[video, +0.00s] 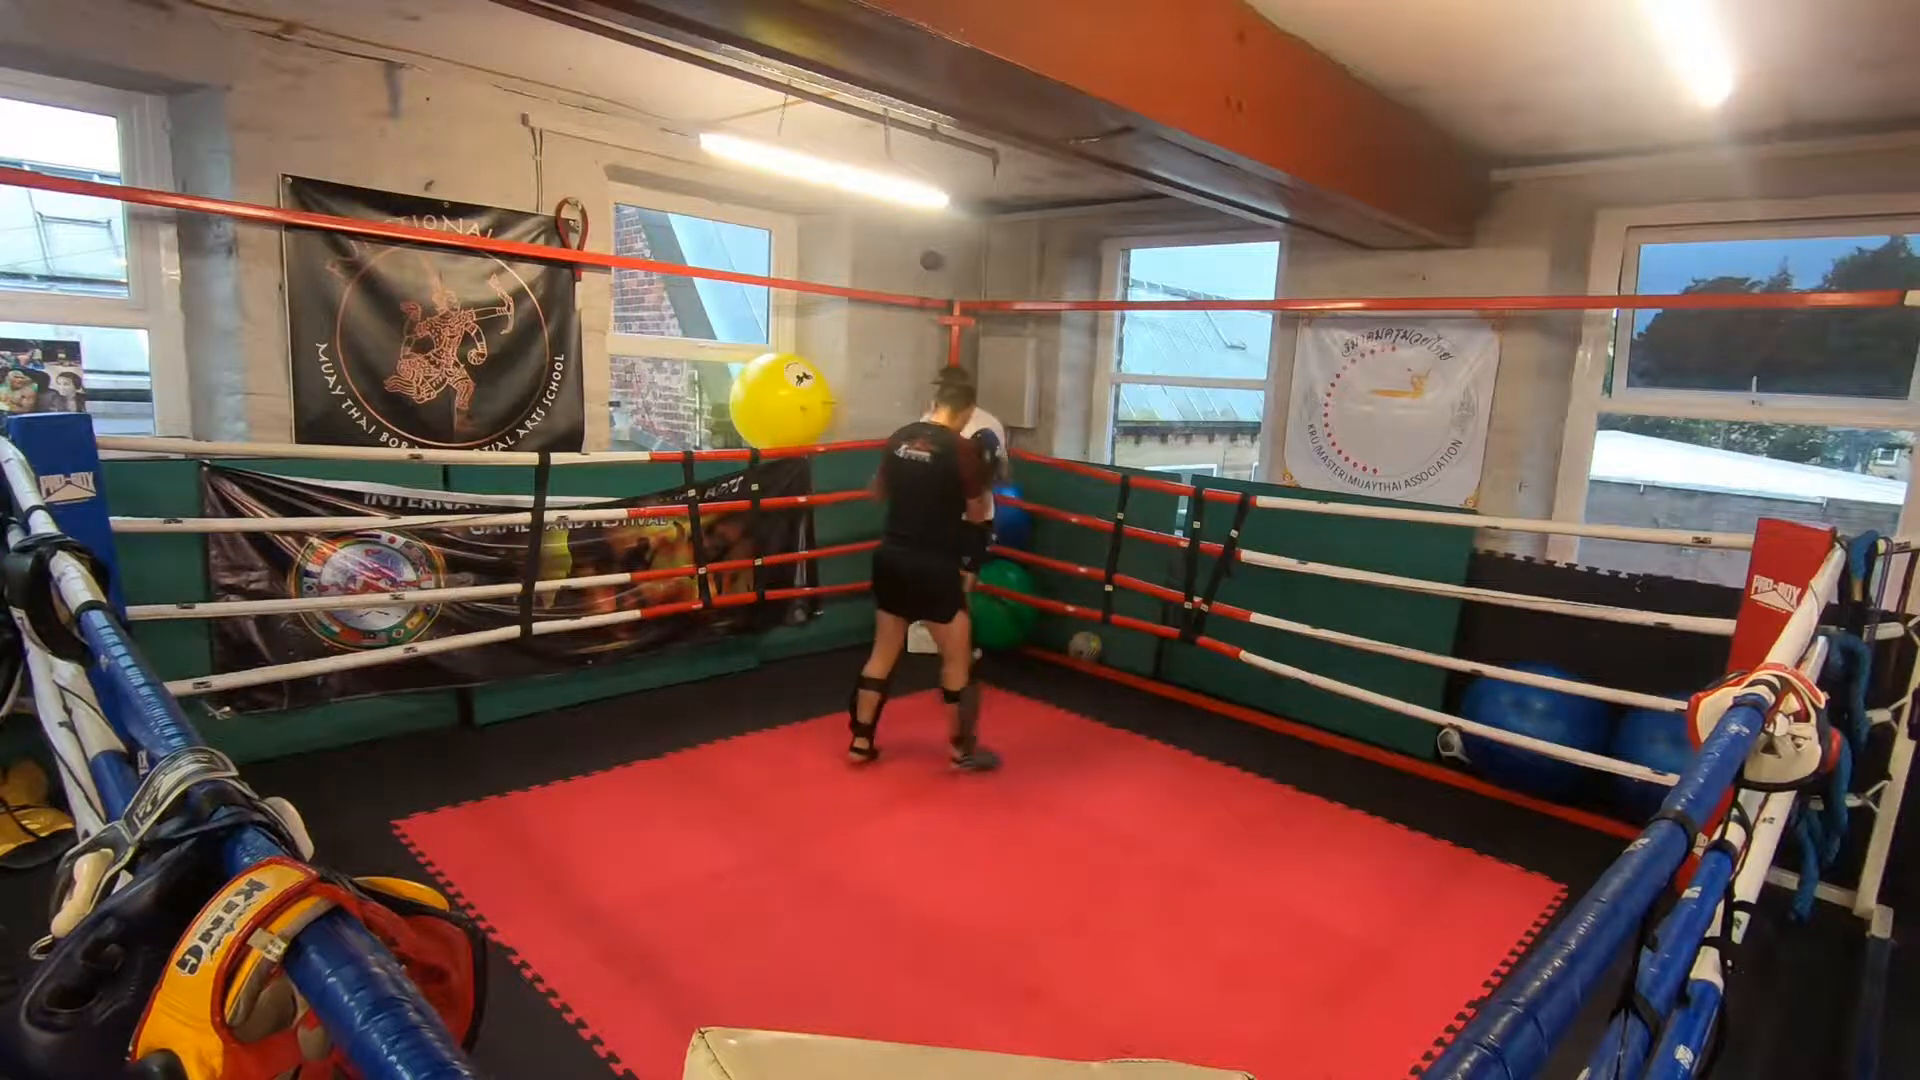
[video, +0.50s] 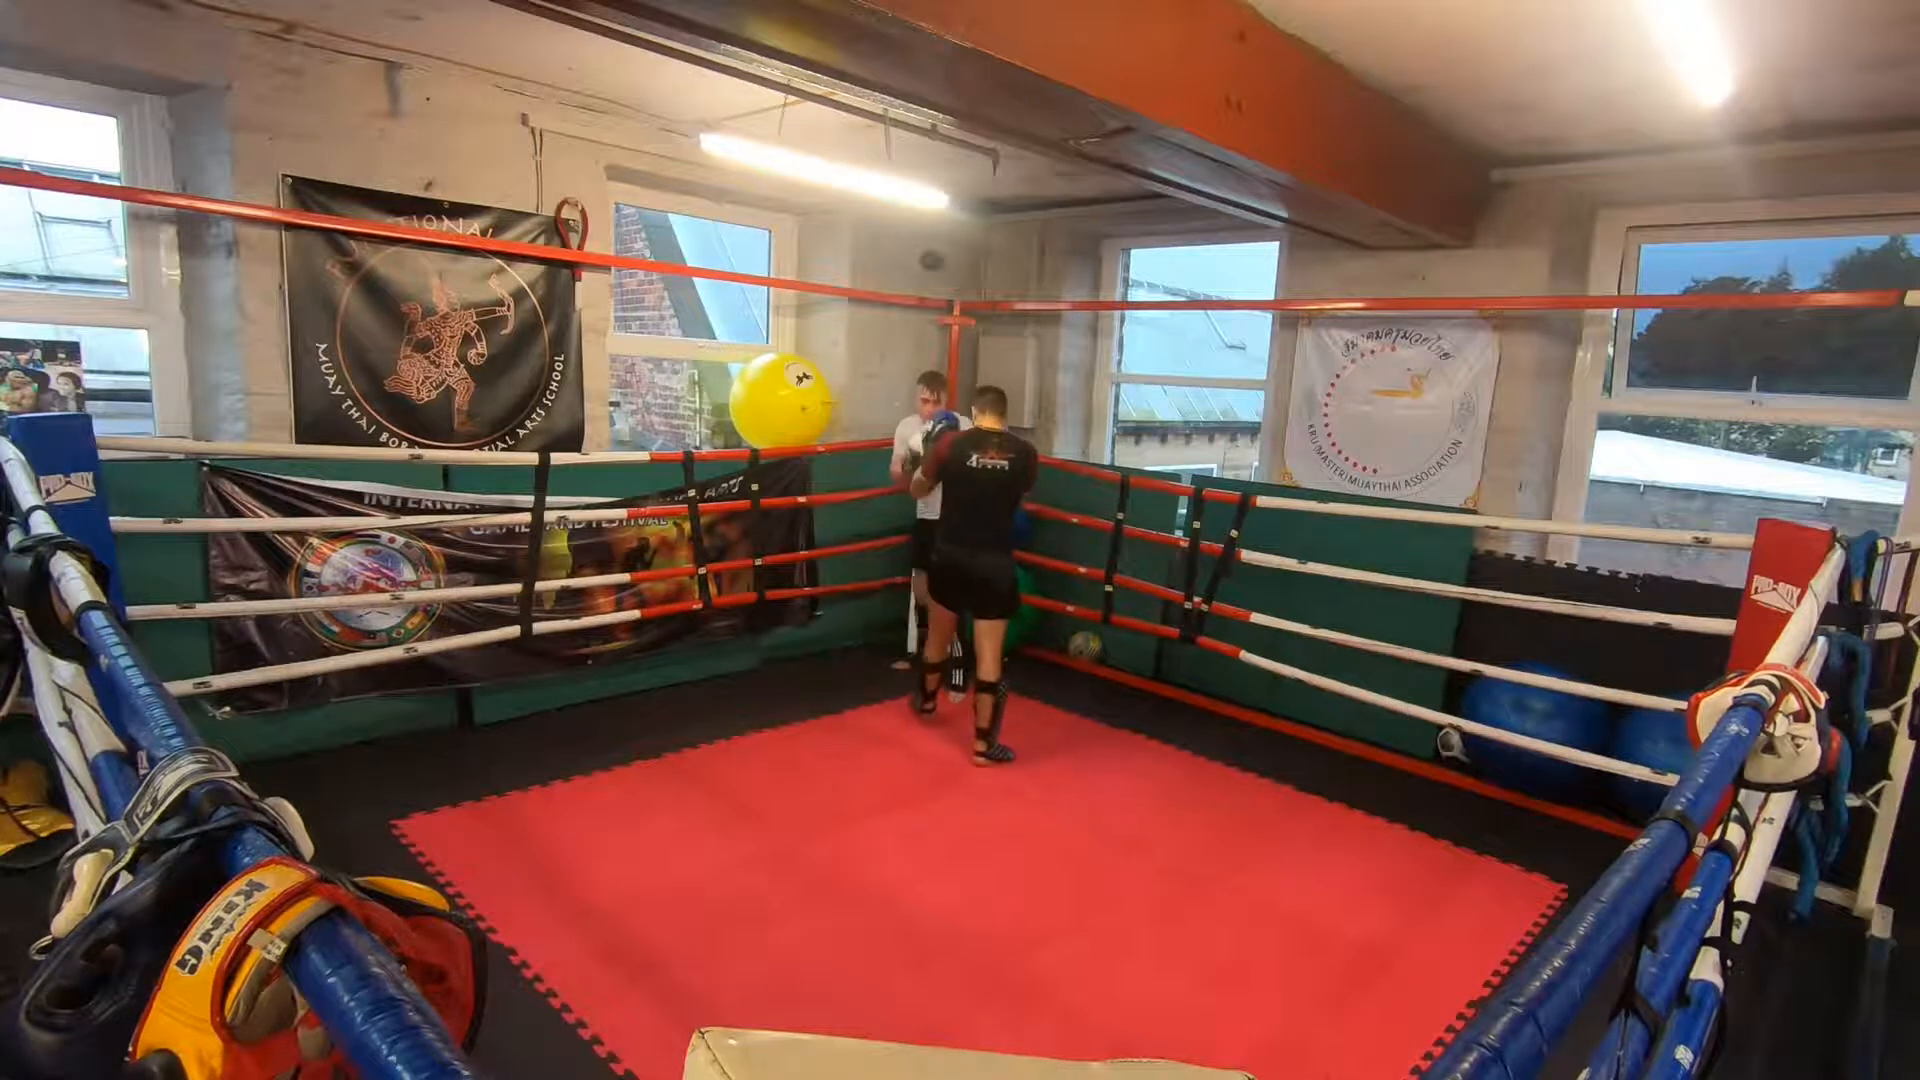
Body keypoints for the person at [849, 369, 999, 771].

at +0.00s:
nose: (963, 416)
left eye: (955, 408)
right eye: (966, 411)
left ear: (934, 402)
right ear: (968, 410)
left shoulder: (902, 436)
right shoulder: (963, 450)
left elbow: (879, 491)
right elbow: (978, 512)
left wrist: (919, 486)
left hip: (891, 560)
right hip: (937, 567)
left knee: (884, 650)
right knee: (955, 657)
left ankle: (860, 741)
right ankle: (963, 747)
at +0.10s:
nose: (987, 431)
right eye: (989, 426)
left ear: (953, 415)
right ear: (987, 422)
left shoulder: (919, 444)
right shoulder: (989, 461)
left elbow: (889, 498)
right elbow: (997, 521)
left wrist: (922, 478)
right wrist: (977, 491)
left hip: (912, 565)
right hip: (958, 571)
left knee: (897, 651)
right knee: (976, 660)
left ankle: (864, 736)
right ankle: (983, 744)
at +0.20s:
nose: (1005, 431)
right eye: (1005, 426)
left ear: (972, 415)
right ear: (1001, 425)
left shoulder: (938, 444)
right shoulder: (1004, 461)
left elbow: (901, 498)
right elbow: (1010, 519)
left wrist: (916, 475)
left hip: (927, 563)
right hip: (973, 570)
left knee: (911, 640)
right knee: (988, 656)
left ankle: (881, 720)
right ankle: (984, 743)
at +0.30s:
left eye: (978, 410)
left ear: (975, 409)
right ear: (1010, 417)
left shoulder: (946, 443)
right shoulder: (1020, 459)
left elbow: (909, 491)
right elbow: (1016, 516)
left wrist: (917, 469)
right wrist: (990, 495)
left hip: (937, 557)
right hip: (983, 565)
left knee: (919, 634)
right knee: (988, 655)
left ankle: (905, 715)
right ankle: (984, 743)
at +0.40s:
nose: (980, 415)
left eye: (978, 408)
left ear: (977, 408)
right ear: (1011, 413)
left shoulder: (952, 442)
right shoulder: (1025, 453)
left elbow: (915, 487)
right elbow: (1023, 493)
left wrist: (914, 466)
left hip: (947, 556)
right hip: (992, 563)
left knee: (928, 631)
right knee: (988, 655)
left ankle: (919, 709)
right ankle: (984, 743)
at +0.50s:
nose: (976, 417)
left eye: (974, 410)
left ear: (974, 412)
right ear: (1005, 414)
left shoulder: (950, 443)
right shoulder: (1025, 453)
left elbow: (919, 488)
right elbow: (1021, 493)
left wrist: (910, 470)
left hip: (949, 557)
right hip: (994, 562)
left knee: (938, 636)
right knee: (989, 654)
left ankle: (927, 701)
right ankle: (984, 743)